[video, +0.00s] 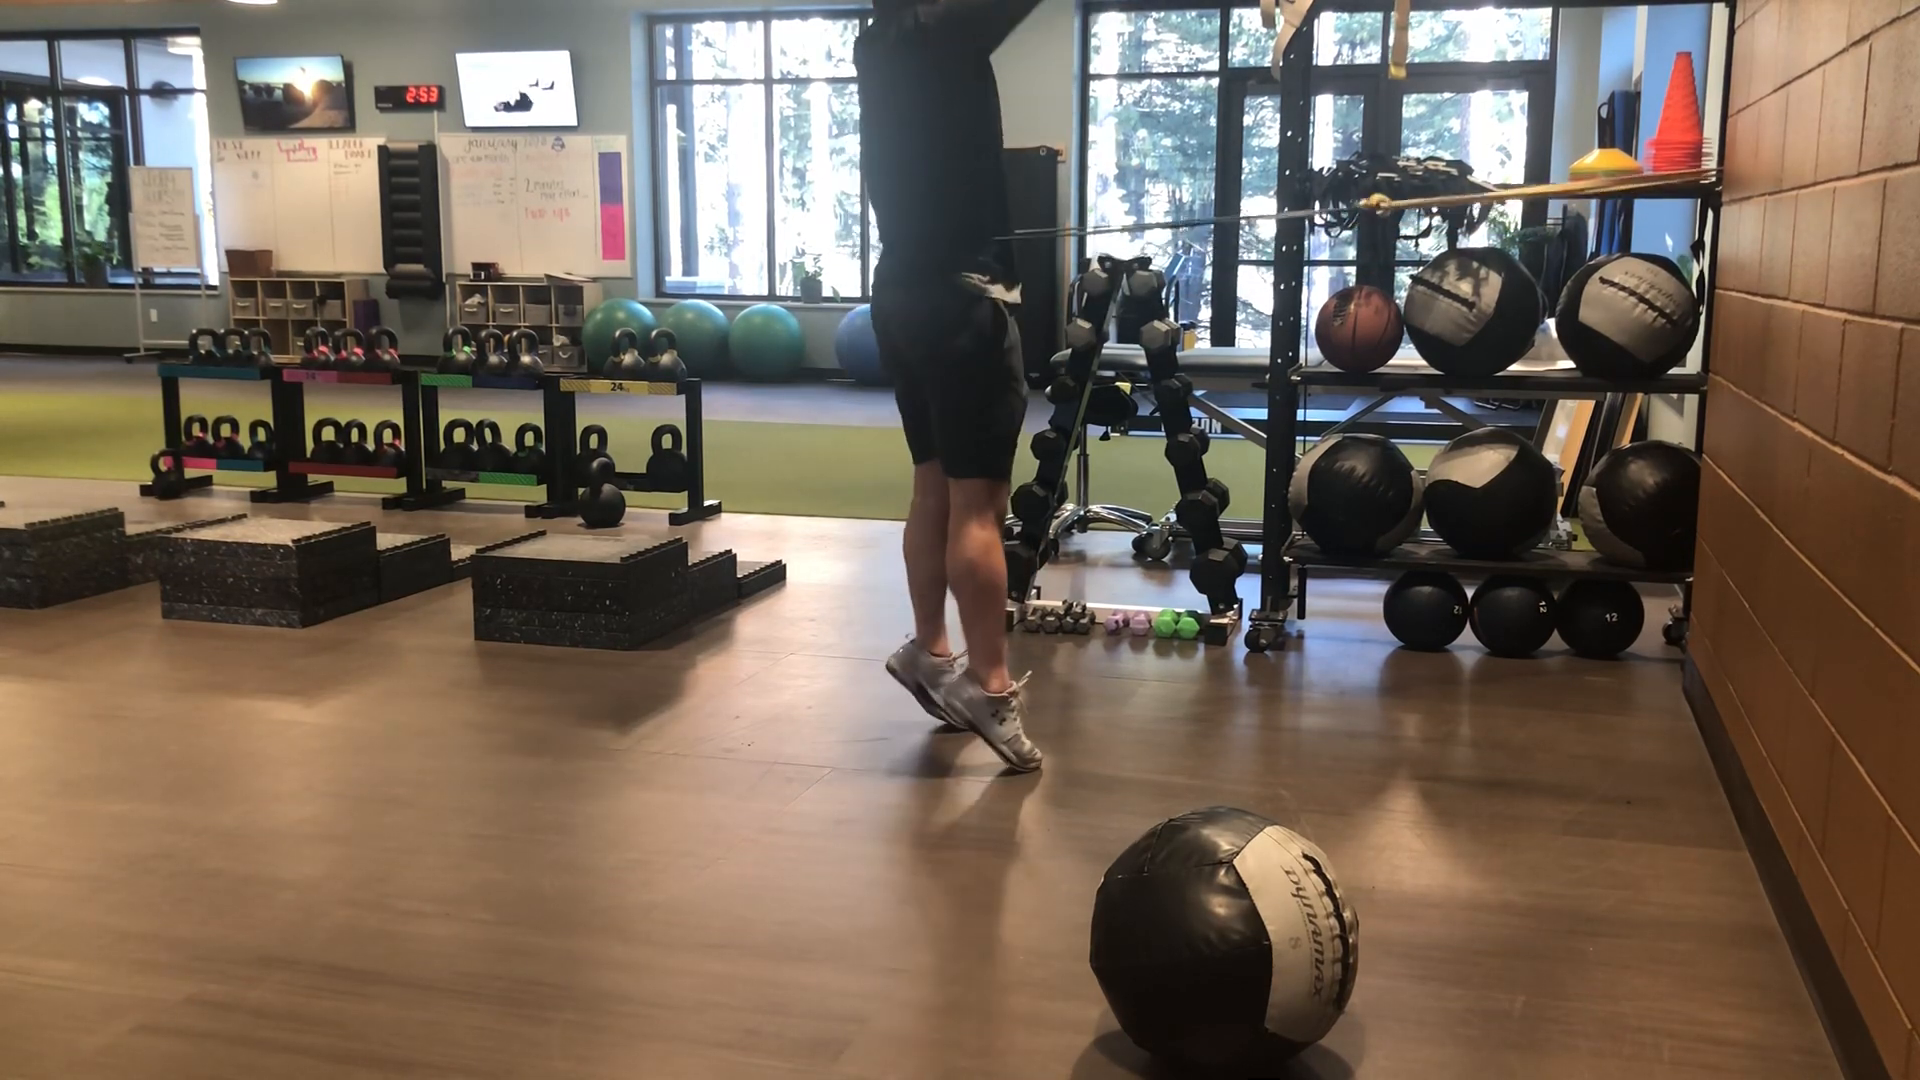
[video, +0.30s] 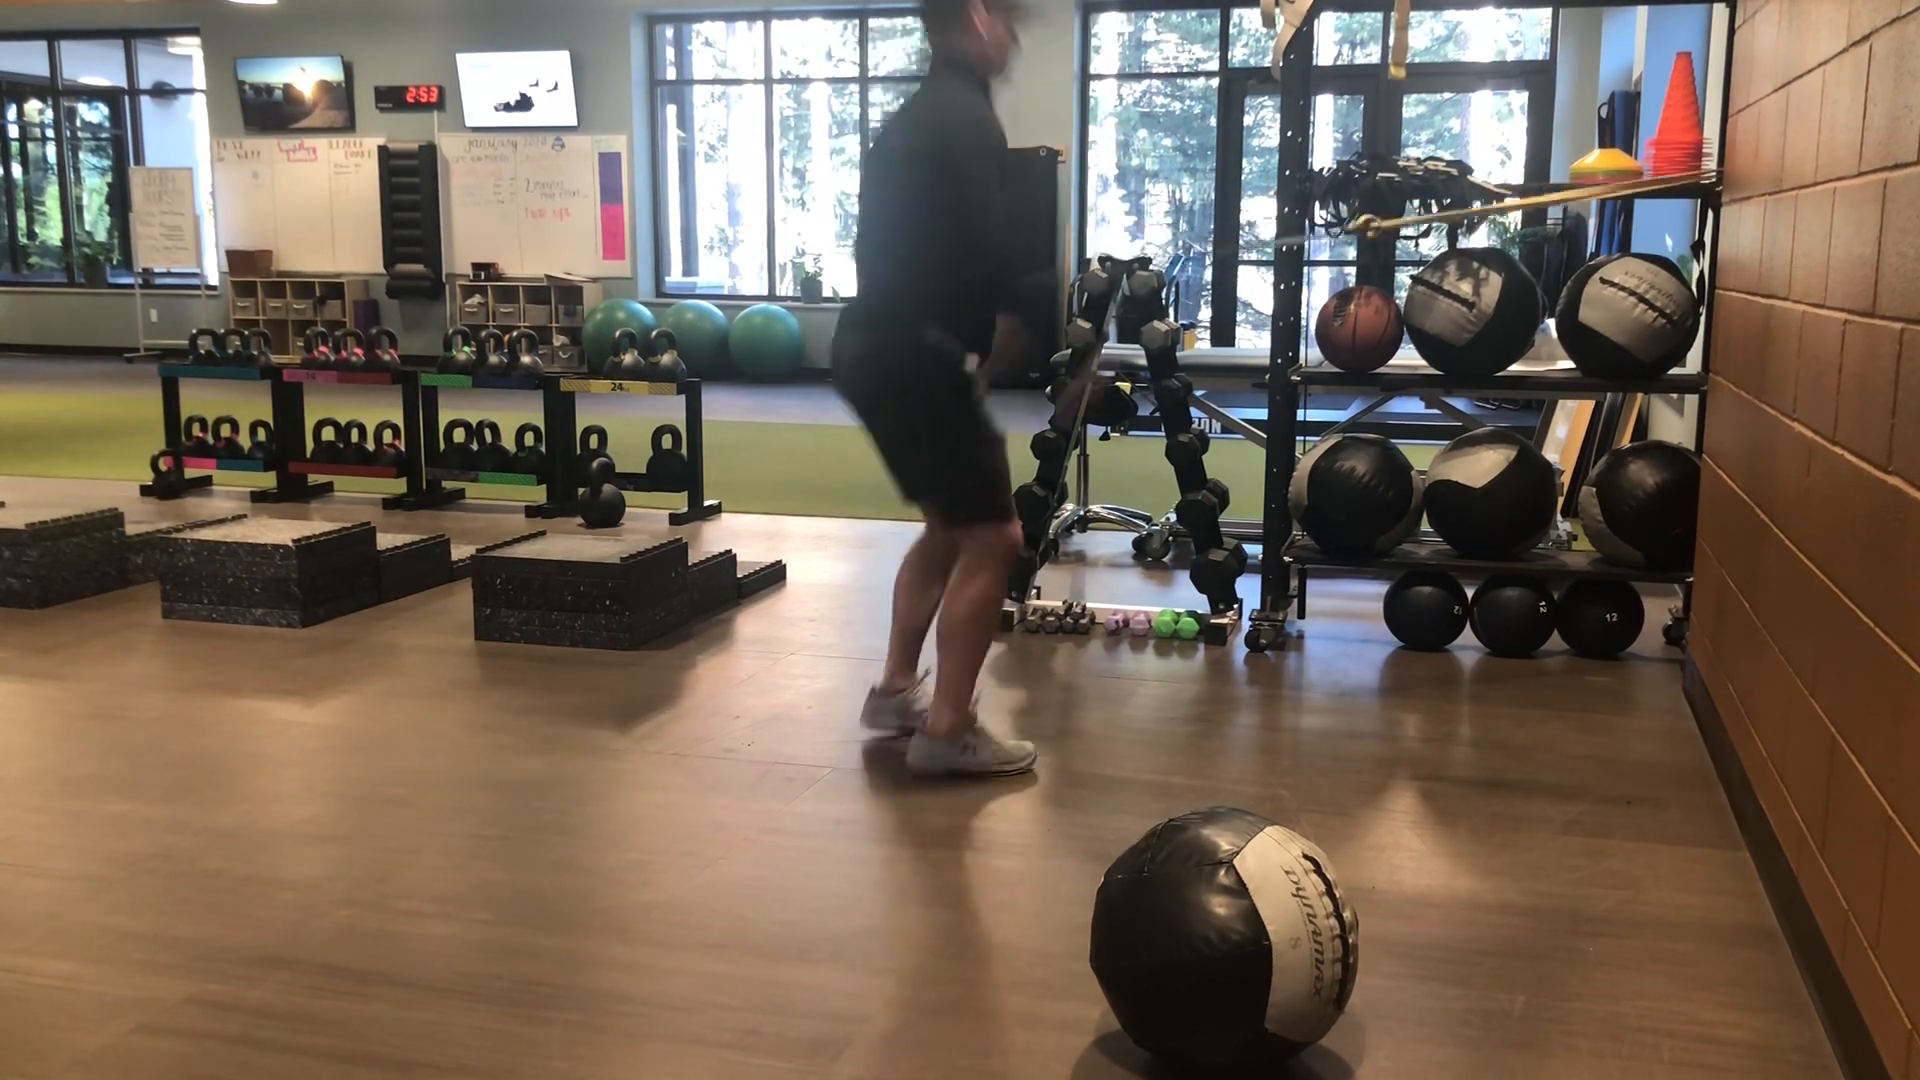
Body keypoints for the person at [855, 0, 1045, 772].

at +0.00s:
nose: (978, 12)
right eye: (973, 8)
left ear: (893, 2)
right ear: (945, 0)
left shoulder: (874, 49)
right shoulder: (954, 36)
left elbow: (885, 188)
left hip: (900, 293)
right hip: (963, 296)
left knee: (932, 479)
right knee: (979, 504)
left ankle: (928, 647)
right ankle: (989, 686)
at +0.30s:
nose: (1014, 39)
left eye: (1012, 25)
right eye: (1008, 24)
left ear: (949, 28)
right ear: (978, 21)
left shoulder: (910, 116)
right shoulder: (965, 116)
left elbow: (920, 245)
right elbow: (993, 231)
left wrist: (987, 325)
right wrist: (1027, 315)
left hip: (869, 342)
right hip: (913, 346)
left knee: (946, 529)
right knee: (993, 542)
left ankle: (895, 689)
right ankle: (948, 733)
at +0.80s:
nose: (1079, 159)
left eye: (1083, 145)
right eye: (1079, 143)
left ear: (1013, 134)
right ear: (1047, 133)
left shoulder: (948, 197)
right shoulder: (1009, 218)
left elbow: (855, 282)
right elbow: (943, 316)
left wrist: (786, 366)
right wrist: (878, 415)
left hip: (841, 396)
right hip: (893, 410)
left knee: (958, 546)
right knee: (1020, 555)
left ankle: (897, 697)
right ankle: (949, 731)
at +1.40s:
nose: (1065, 22)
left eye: (1062, 11)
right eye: (1057, 9)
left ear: (999, 19)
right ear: (1023, 13)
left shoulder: (958, 107)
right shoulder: (1014, 105)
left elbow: (961, 245)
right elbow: (1016, 234)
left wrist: (1063, 285)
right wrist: (1092, 296)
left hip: (955, 340)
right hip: (1014, 341)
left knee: (932, 518)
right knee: (1092, 510)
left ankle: (894, 695)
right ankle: (1078, 693)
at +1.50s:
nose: (1118, 32)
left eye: (1116, 20)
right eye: (1110, 19)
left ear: (1057, 27)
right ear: (1072, 22)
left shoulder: (1020, 101)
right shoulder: (1064, 110)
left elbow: (966, 223)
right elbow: (1057, 237)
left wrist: (1027, 299)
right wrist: (1115, 323)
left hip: (999, 353)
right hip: (1059, 357)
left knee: (965, 520)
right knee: (1109, 536)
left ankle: (897, 687)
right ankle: (1167, 694)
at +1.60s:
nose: (1165, 40)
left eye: (1165, 27)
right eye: (1159, 25)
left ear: (1105, 29)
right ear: (1124, 24)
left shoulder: (1058, 107)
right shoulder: (1114, 110)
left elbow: (1032, 237)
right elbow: (1106, 234)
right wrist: (1146, 340)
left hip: (1040, 354)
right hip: (1097, 356)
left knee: (1021, 518)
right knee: (1143, 534)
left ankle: (914, 669)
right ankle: (1176, 698)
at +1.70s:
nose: (1194, 42)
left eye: (1196, 30)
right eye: (1190, 27)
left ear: (1135, 28)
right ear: (1158, 23)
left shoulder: (1083, 103)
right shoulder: (1148, 110)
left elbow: (1031, 222)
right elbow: (1140, 233)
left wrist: (1057, 319)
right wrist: (1170, 345)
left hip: (1074, 346)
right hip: (1139, 350)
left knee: (1079, 516)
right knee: (1159, 526)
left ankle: (949, 644)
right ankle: (1176, 698)